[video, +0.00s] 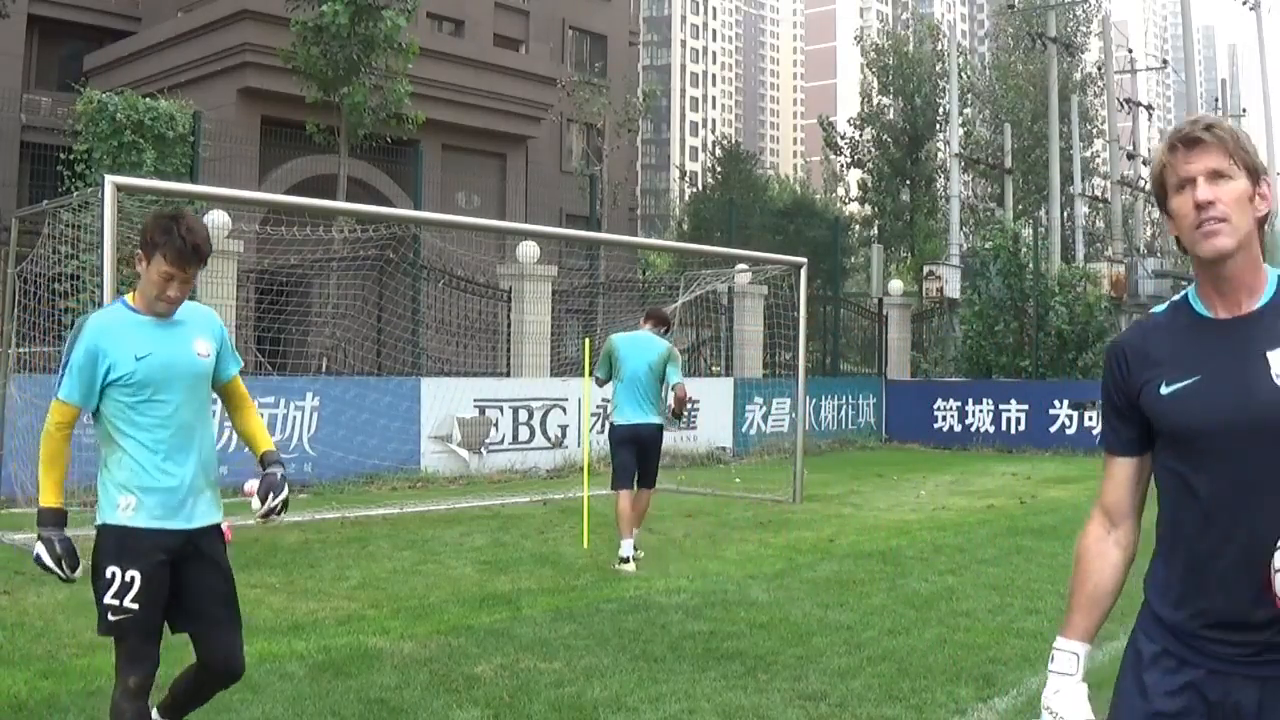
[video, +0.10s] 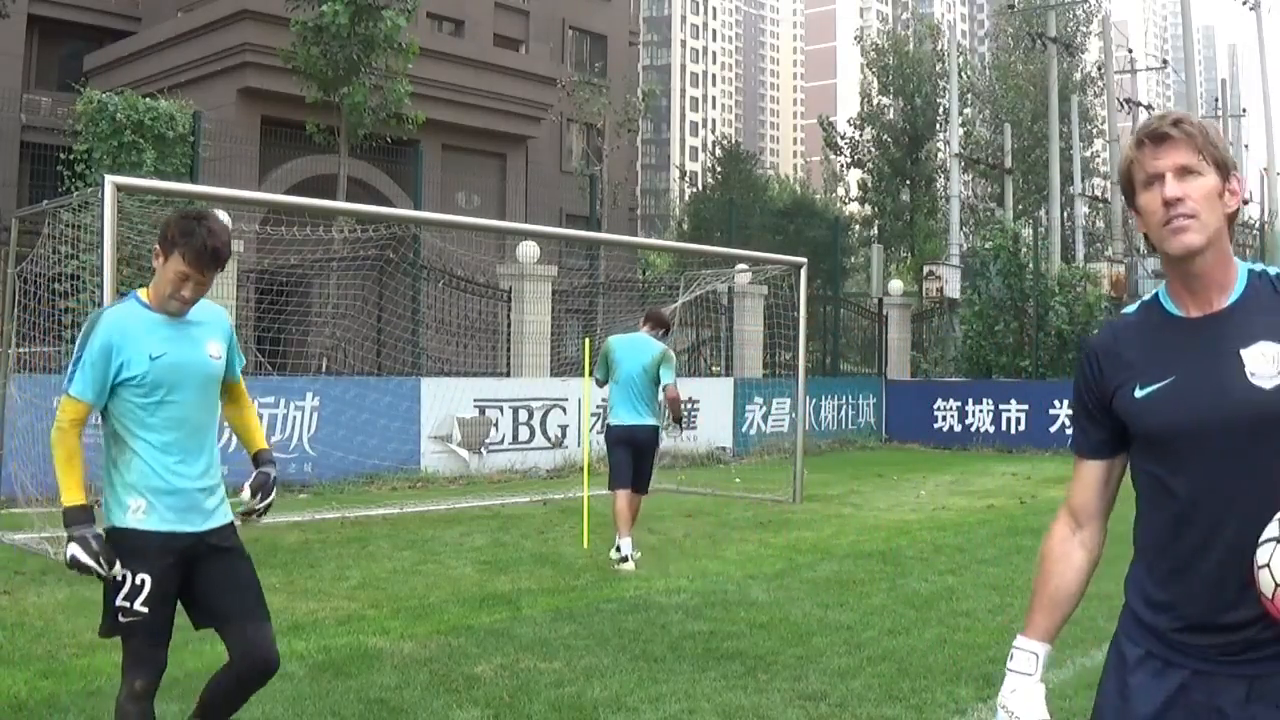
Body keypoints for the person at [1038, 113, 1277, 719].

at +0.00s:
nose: (1203, 196)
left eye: (1220, 176)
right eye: (1183, 186)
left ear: (1261, 196)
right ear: (1170, 219)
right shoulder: (1140, 353)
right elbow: (1112, 522)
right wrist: (1066, 665)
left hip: (1275, 662)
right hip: (1175, 662)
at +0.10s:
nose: (1171, 193)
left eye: (1188, 172)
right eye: (1152, 183)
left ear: (1231, 192)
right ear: (1137, 218)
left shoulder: (1277, 311)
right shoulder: (1114, 351)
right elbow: (1077, 523)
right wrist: (1025, 663)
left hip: (1272, 660)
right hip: (1157, 665)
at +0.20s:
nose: (1141, 200)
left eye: (1156, 177)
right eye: (1119, 188)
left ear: (1197, 188)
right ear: (1101, 219)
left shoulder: (1271, 301)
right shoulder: (1082, 354)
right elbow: (1033, 518)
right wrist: (960, 652)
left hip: (1264, 662)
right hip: (1136, 666)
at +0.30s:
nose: (1131, 200)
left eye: (1145, 177)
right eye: (1106, 188)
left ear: (1181, 186)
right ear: (1086, 219)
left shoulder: (1268, 301)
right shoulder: (1068, 353)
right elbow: (1007, 511)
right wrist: (920, 639)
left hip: (1260, 663)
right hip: (1126, 670)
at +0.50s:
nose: (1098, 200)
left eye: (1117, 177)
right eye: (1081, 185)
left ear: (1171, 184)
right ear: (1070, 204)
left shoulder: (1261, 302)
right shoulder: (1056, 345)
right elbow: (963, 490)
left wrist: (1272, 557)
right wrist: (849, 597)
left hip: (1249, 669)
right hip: (1110, 675)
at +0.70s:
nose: (1110, 193)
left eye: (1134, 173)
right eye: (1105, 175)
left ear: (1197, 180)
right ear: (1099, 181)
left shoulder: (1269, 301)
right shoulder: (1080, 329)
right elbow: (976, 455)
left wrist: (1273, 564)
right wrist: (852, 549)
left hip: (1247, 674)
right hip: (1109, 671)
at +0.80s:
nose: (1131, 183)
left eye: (1153, 162)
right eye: (1134, 164)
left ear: (1217, 175)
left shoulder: (1275, 301)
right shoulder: (1117, 317)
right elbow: (1009, 437)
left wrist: (1272, 583)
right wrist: (884, 525)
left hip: (1250, 675)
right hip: (1122, 662)